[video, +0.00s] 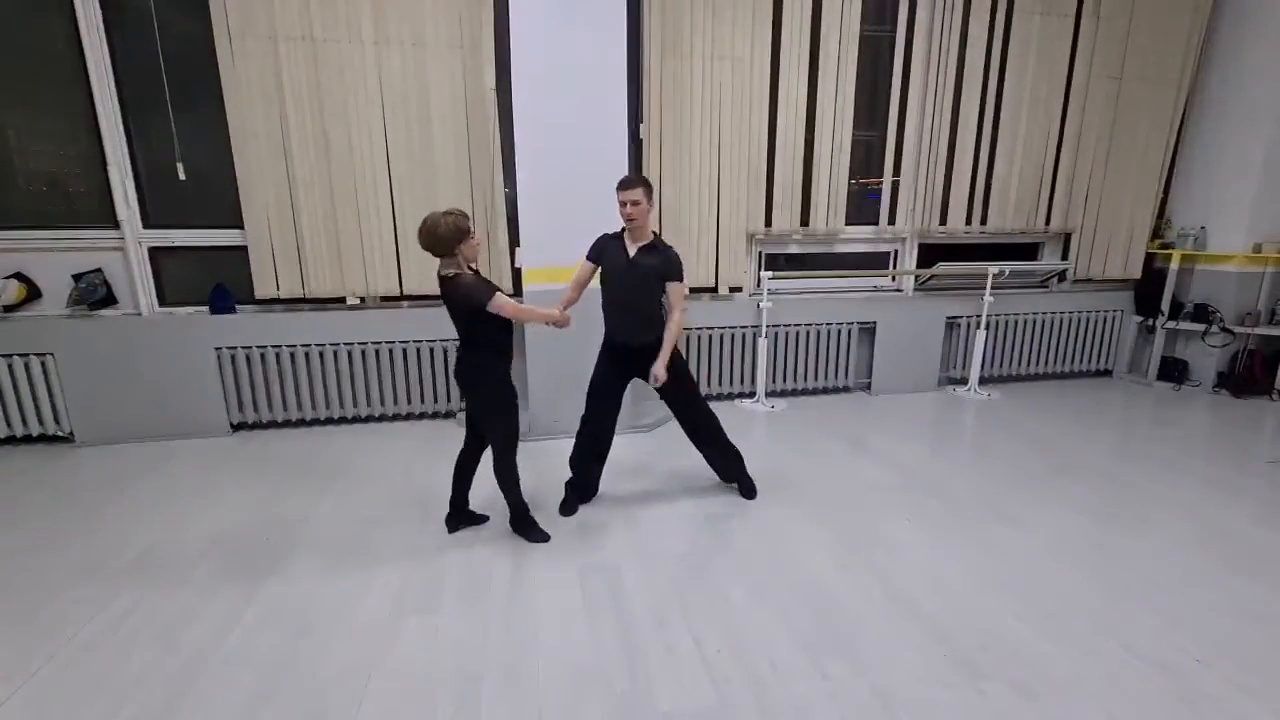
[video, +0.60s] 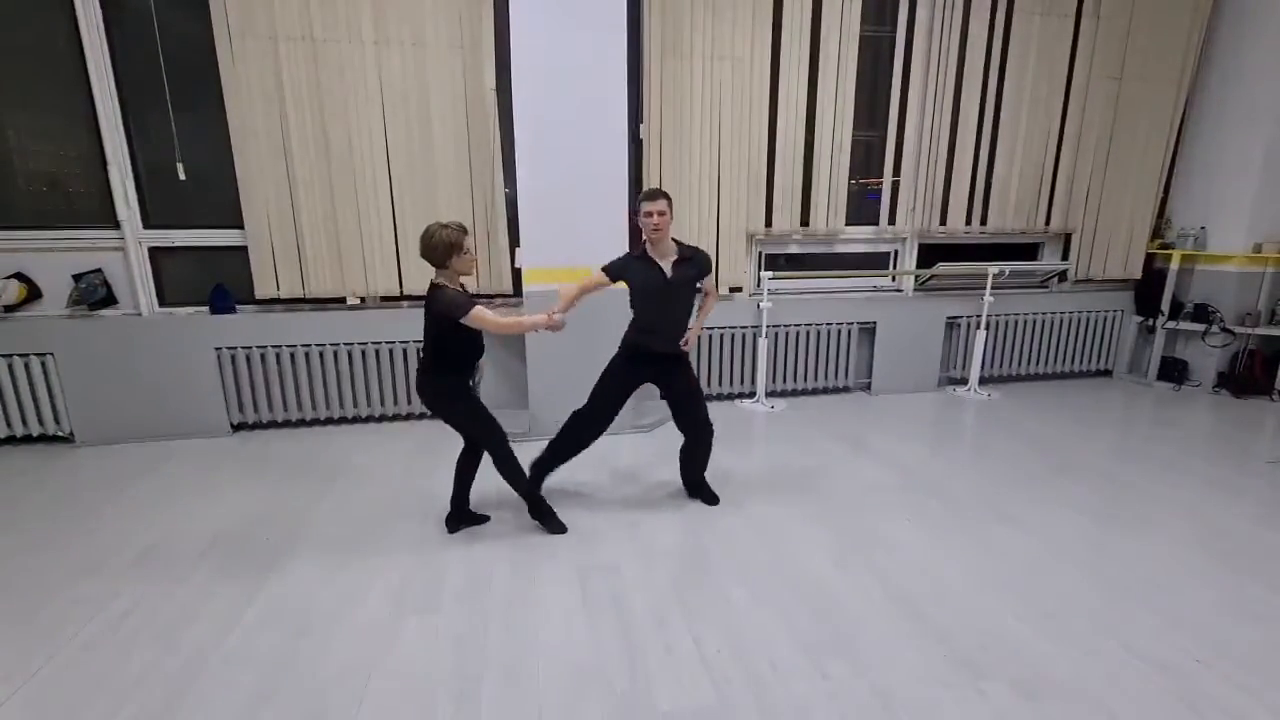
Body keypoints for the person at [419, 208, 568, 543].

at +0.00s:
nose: (479, 238)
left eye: (474, 233)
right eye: (472, 235)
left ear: (450, 248)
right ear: (458, 246)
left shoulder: (452, 277)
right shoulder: (468, 284)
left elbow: (503, 306)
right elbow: (512, 312)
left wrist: (540, 315)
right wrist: (552, 316)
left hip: (474, 370)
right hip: (488, 375)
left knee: (475, 441)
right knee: (505, 444)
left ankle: (458, 510)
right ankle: (520, 516)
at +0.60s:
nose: (473, 255)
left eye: (471, 249)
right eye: (466, 252)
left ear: (450, 259)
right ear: (448, 260)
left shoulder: (454, 288)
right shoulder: (445, 297)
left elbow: (491, 319)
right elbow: (496, 324)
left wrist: (531, 322)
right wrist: (542, 321)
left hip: (450, 381)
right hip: (442, 386)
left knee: (475, 439)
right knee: (495, 438)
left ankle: (458, 512)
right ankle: (536, 505)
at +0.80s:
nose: (471, 257)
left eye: (469, 251)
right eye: (464, 253)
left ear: (457, 257)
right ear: (444, 260)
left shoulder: (476, 290)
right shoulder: (421, 296)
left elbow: (510, 326)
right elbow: (461, 311)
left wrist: (489, 358)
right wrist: (505, 299)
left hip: (469, 380)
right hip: (434, 387)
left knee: (489, 441)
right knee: (483, 445)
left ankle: (459, 511)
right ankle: (531, 508)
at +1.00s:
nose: (473, 257)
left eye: (472, 250)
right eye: (467, 252)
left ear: (458, 258)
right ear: (448, 260)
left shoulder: (478, 288)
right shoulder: (427, 296)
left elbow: (519, 310)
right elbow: (464, 315)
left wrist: (519, 355)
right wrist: (507, 306)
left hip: (470, 380)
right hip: (438, 386)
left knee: (487, 439)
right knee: (488, 436)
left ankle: (458, 510)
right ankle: (531, 502)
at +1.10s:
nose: (480, 256)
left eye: (478, 250)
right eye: (475, 251)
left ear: (460, 258)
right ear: (457, 259)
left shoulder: (478, 289)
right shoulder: (441, 301)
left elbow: (501, 318)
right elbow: (489, 321)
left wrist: (523, 348)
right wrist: (541, 318)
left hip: (472, 383)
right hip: (448, 388)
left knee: (485, 440)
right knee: (508, 432)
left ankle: (457, 510)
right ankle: (532, 502)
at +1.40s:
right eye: (523, 231)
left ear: (487, 238)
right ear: (522, 236)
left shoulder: (479, 277)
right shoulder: (535, 274)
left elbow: (461, 327)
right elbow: (554, 321)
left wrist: (426, 352)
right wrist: (528, 322)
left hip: (489, 367)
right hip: (530, 365)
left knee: (485, 433)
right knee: (530, 427)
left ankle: (469, 503)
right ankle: (555, 501)